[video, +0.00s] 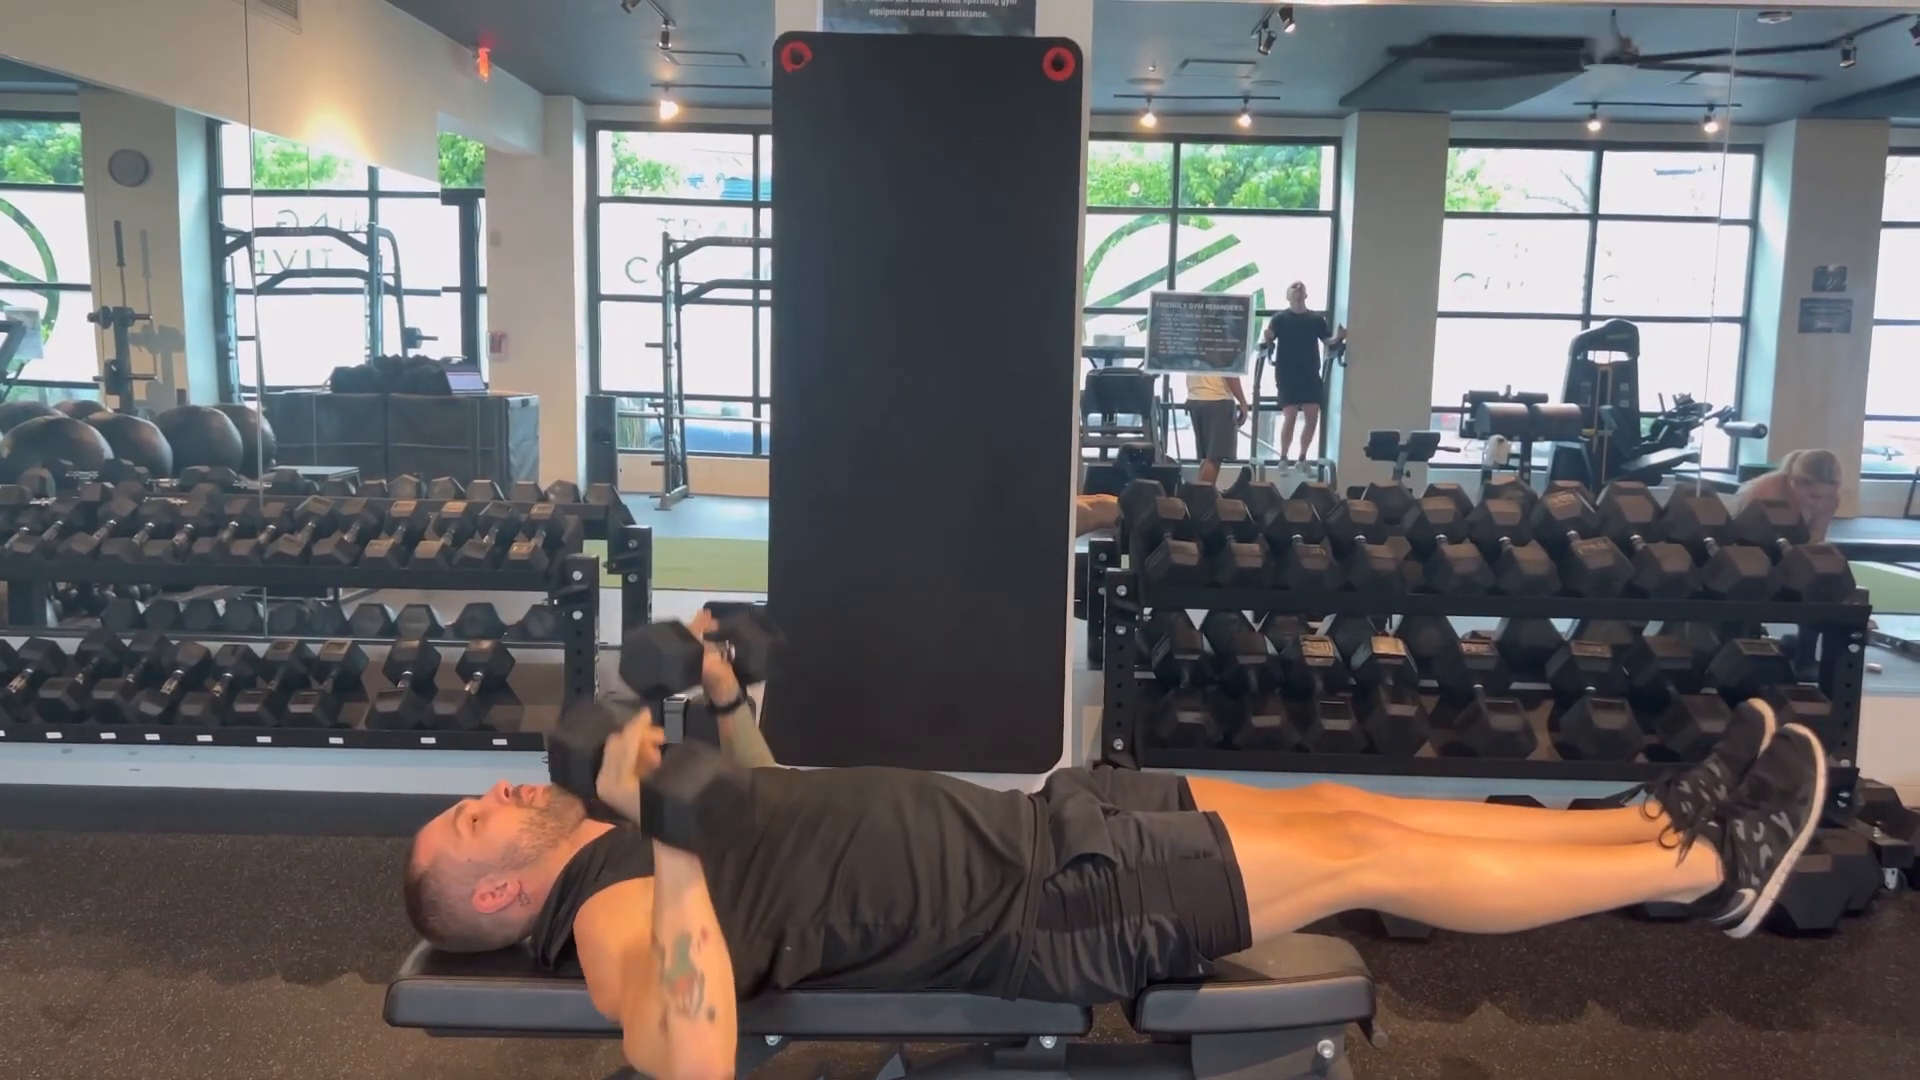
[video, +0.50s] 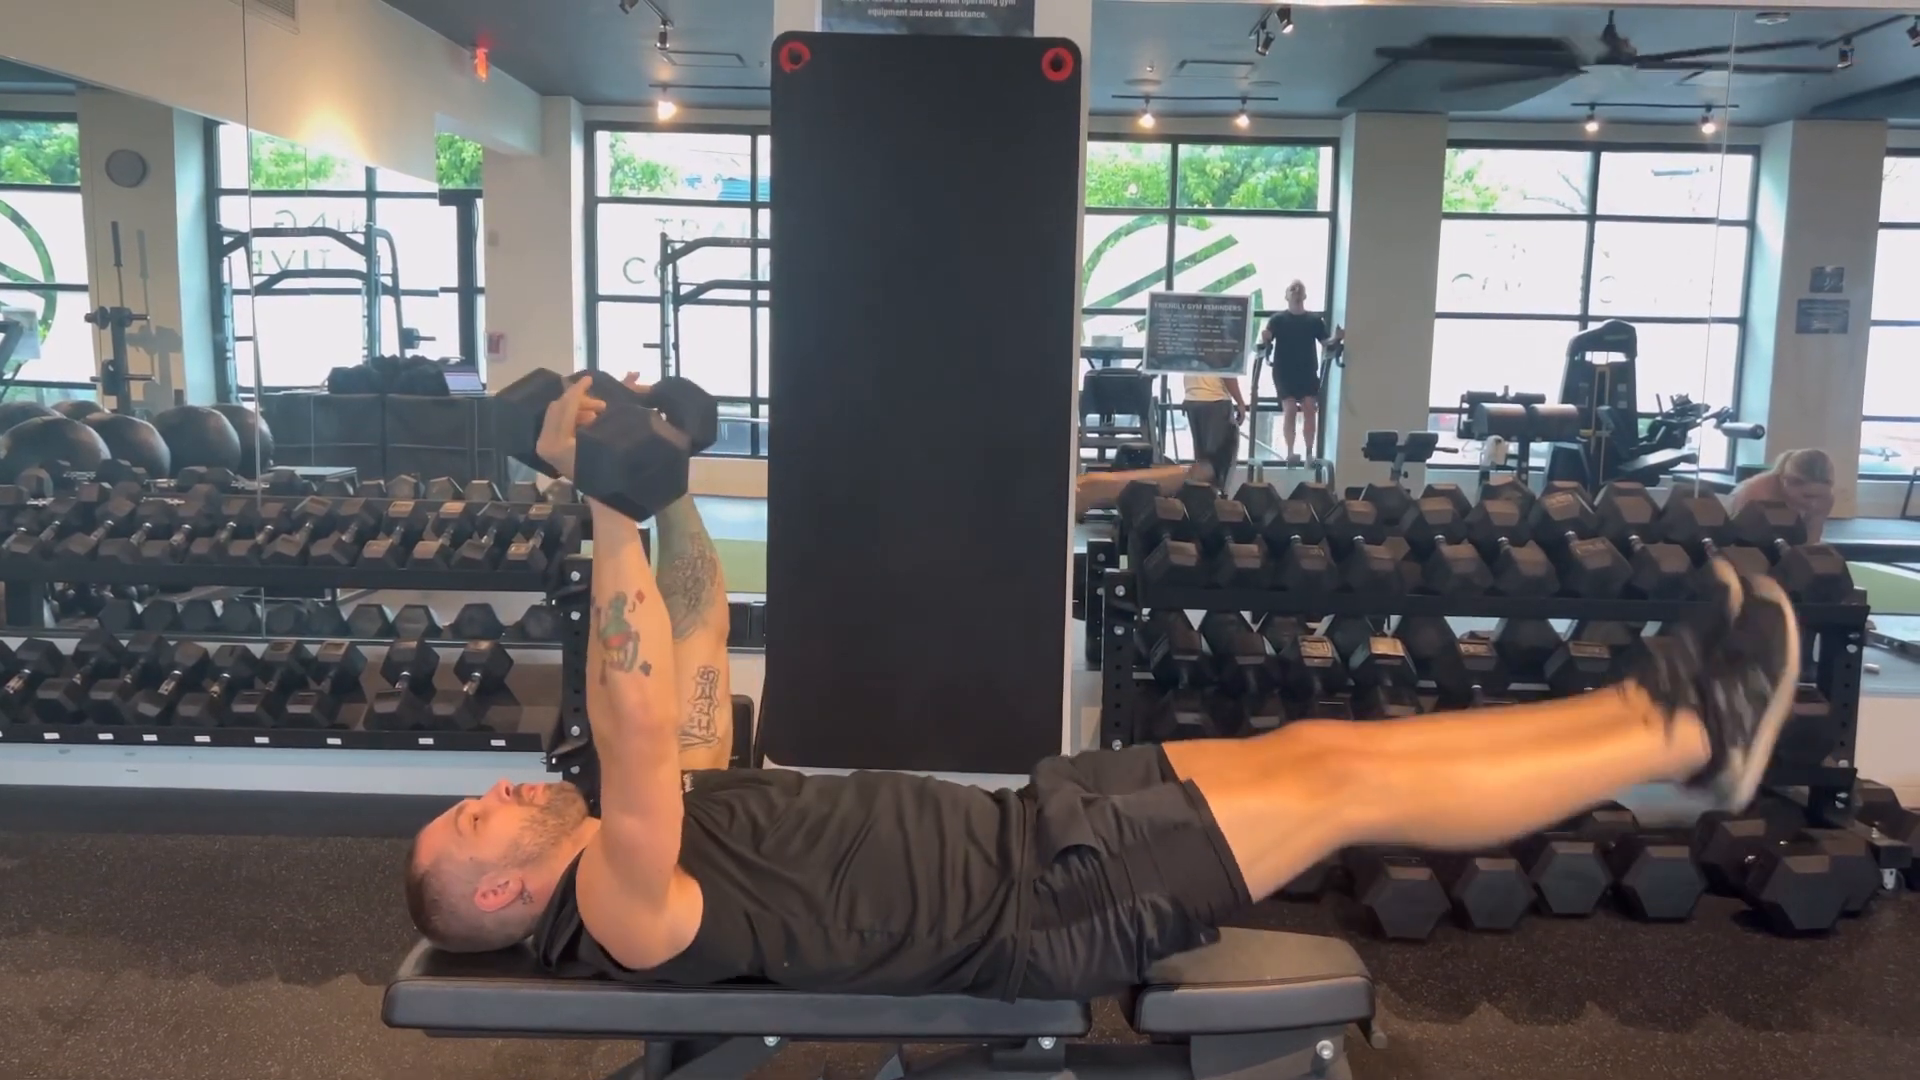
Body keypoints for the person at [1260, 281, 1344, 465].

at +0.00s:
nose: (1298, 289)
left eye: (1301, 287)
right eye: (1295, 287)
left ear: (1306, 294)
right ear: (1288, 295)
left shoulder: (1316, 319)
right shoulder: (1280, 318)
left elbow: (1328, 343)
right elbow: (1266, 345)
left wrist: (1339, 337)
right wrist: (1267, 339)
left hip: (1310, 372)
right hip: (1287, 372)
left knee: (1312, 416)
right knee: (1290, 415)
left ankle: (1302, 458)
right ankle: (1283, 457)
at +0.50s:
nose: (1297, 292)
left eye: (1300, 289)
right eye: (1293, 289)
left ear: (1305, 295)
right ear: (1287, 295)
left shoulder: (1314, 320)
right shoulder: (1278, 319)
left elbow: (1326, 344)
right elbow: (1265, 343)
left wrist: (1337, 338)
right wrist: (1265, 338)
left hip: (1307, 368)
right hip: (1284, 369)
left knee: (1309, 408)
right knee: (1290, 408)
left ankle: (1309, 453)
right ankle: (1290, 453)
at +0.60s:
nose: (1296, 293)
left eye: (1299, 290)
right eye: (1293, 290)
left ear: (1304, 295)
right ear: (1287, 295)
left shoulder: (1313, 320)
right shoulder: (1277, 319)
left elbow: (1325, 341)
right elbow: (1266, 343)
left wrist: (1336, 337)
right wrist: (1265, 337)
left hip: (1308, 363)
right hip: (1285, 363)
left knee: (1315, 382)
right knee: (1292, 380)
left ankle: (1320, 421)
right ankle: (1298, 416)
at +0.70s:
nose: (1296, 292)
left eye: (1299, 289)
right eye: (1293, 288)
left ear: (1305, 293)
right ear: (1287, 293)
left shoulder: (1314, 318)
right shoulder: (1277, 318)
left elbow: (1326, 343)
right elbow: (1264, 345)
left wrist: (1336, 337)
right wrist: (1265, 338)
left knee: (1317, 353)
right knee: (1294, 352)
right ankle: (1301, 378)